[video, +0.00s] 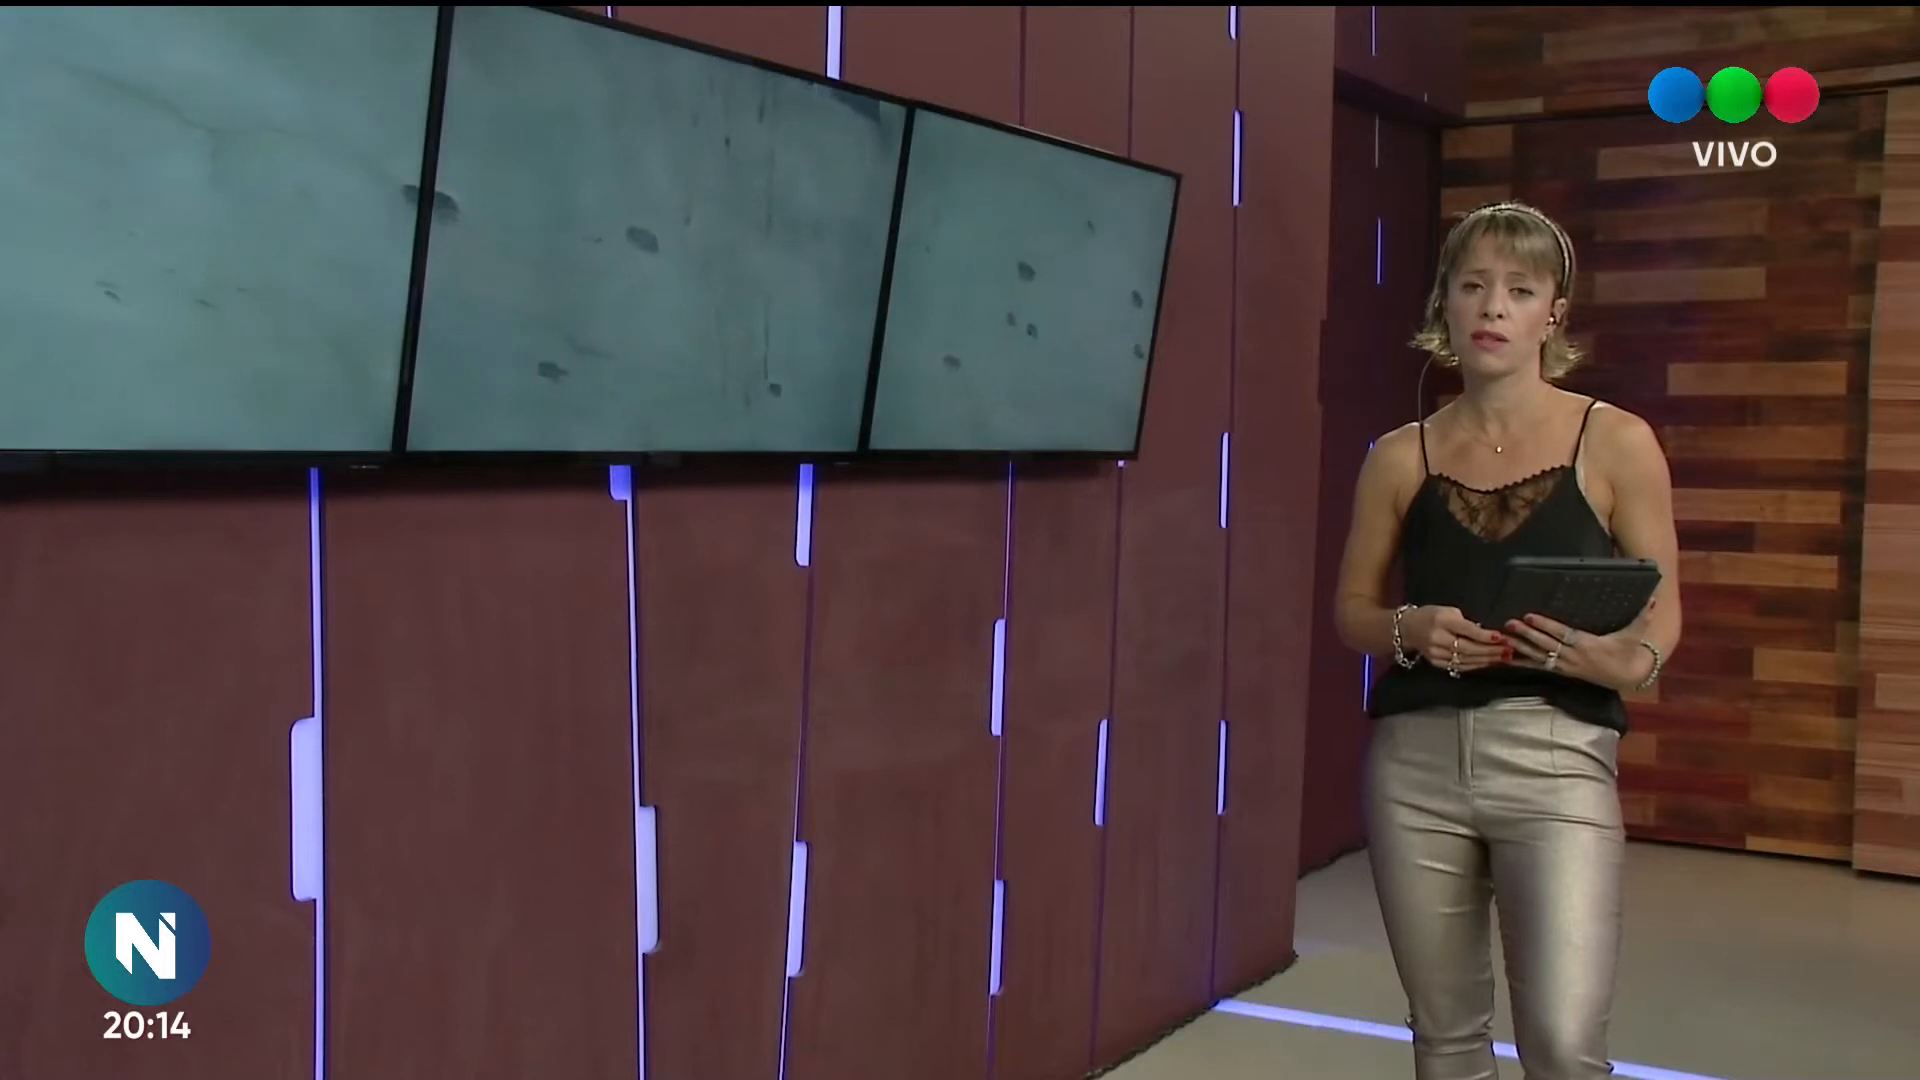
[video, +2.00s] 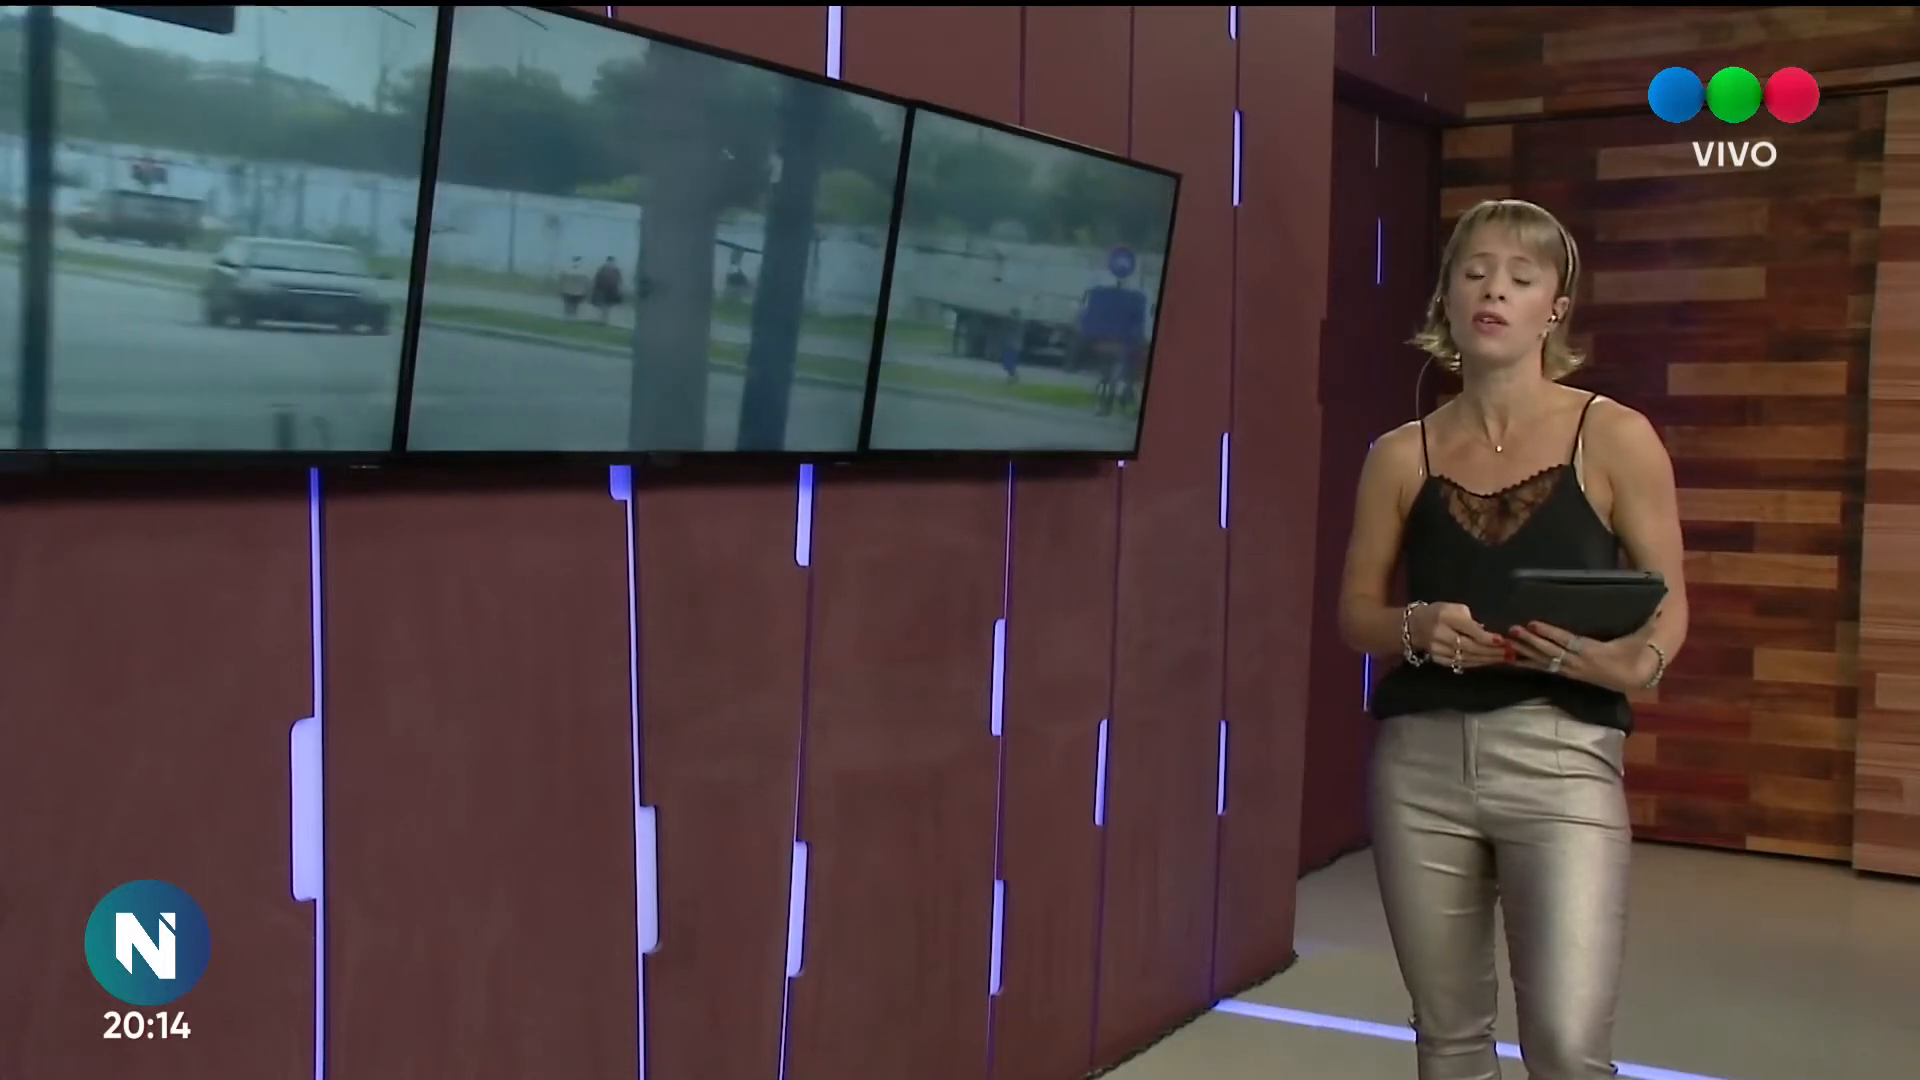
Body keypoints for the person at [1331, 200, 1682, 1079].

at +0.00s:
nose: (1491, 306)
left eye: (1518, 289)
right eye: (1473, 285)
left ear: (1553, 315)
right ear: (1444, 304)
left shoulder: (1617, 444)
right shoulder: (1398, 459)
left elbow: (1660, 609)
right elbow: (1351, 612)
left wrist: (1625, 663)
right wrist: (1407, 629)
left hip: (1556, 768)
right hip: (1414, 768)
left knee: (1562, 1049)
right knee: (1445, 1042)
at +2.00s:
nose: (1491, 291)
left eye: (1518, 278)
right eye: (1473, 274)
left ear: (1555, 309)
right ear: (1446, 300)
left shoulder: (1615, 438)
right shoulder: (1399, 457)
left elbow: (1668, 599)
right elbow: (1357, 613)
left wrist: (1627, 664)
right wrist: (1412, 628)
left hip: (1563, 768)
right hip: (1420, 768)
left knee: (1566, 1050)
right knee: (1448, 1041)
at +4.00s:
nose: (1485, 300)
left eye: (1511, 284)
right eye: (1466, 280)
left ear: (1548, 310)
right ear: (1439, 303)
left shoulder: (1614, 442)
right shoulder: (1396, 456)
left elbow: (1662, 603)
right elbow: (1351, 612)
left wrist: (1632, 665)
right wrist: (1414, 621)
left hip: (1559, 767)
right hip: (1416, 769)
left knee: (1564, 1051)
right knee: (1446, 1043)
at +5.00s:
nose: (1489, 301)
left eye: (1516, 284)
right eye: (1470, 281)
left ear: (1552, 311)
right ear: (1443, 304)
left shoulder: (1620, 442)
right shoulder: (1399, 459)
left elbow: (1667, 606)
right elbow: (1354, 614)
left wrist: (1634, 664)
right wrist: (1418, 622)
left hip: (1564, 768)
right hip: (1421, 769)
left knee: (1569, 1052)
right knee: (1448, 1045)